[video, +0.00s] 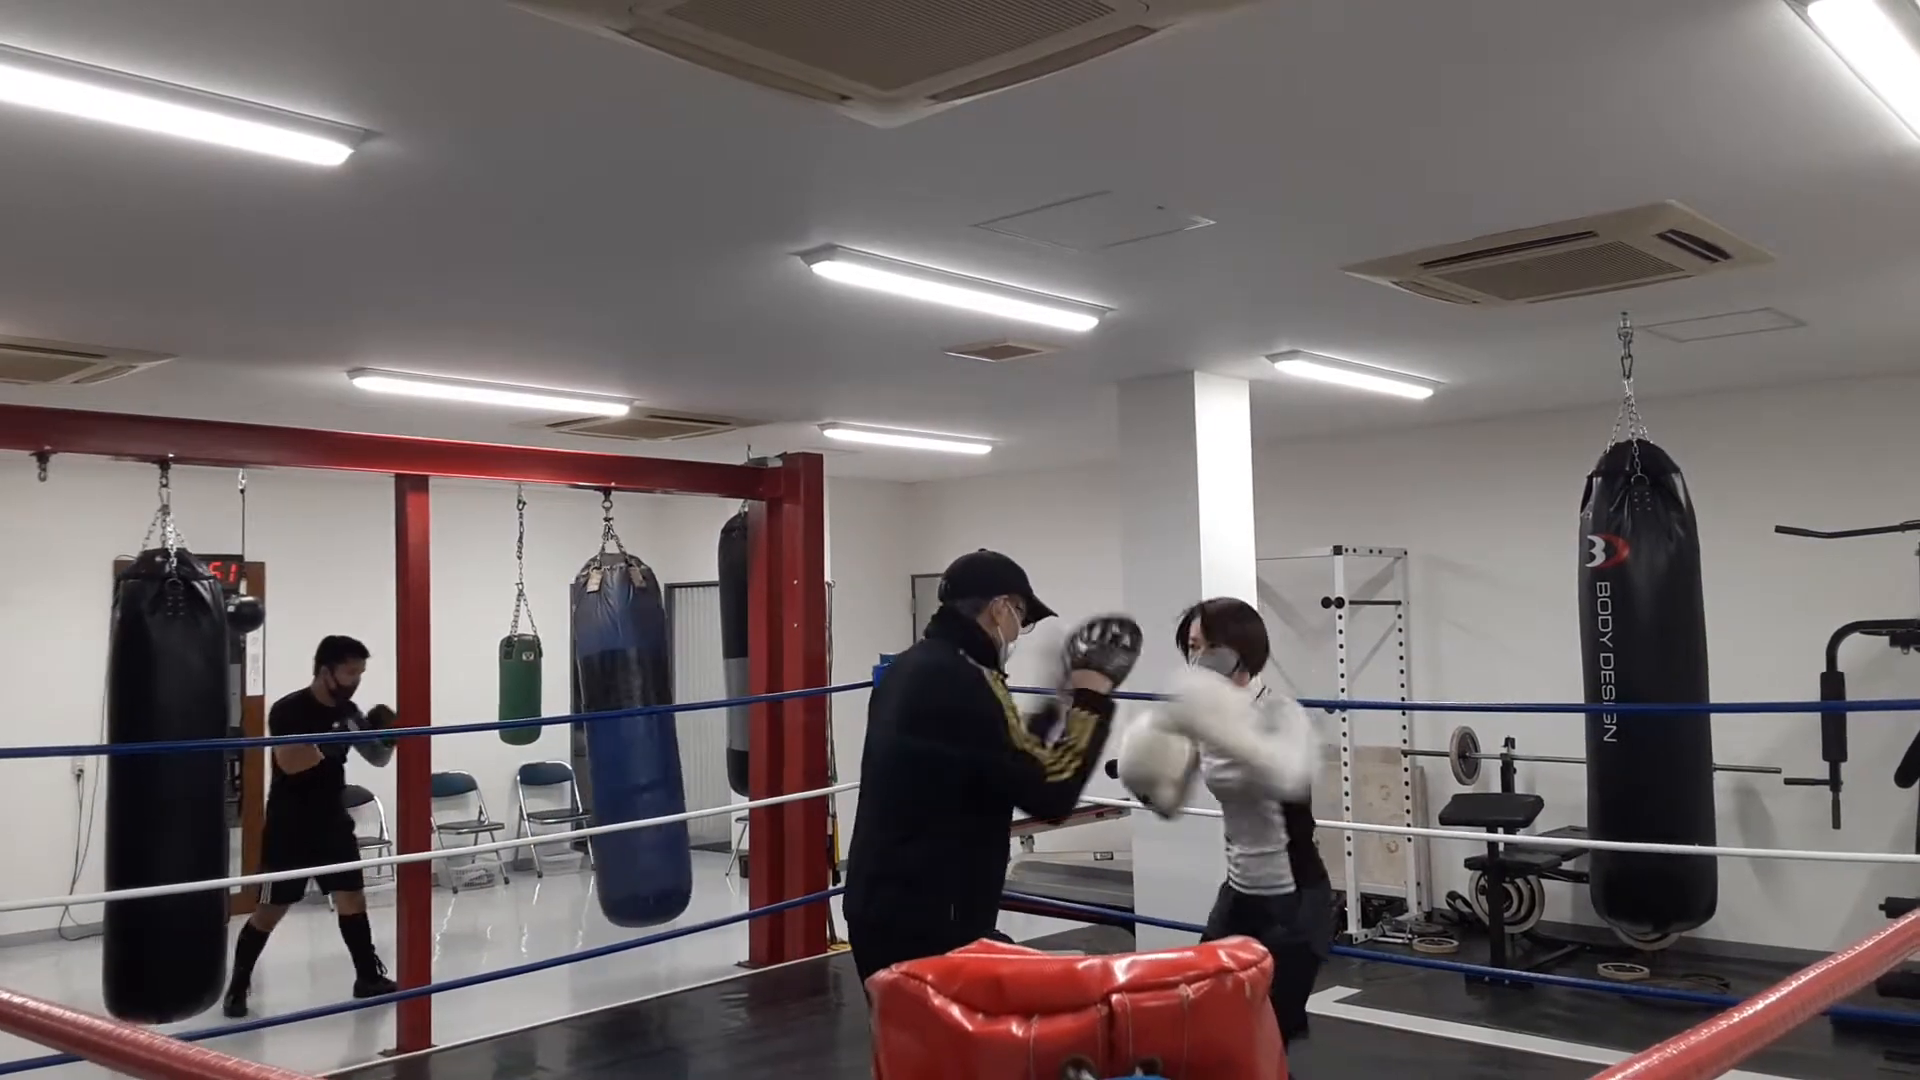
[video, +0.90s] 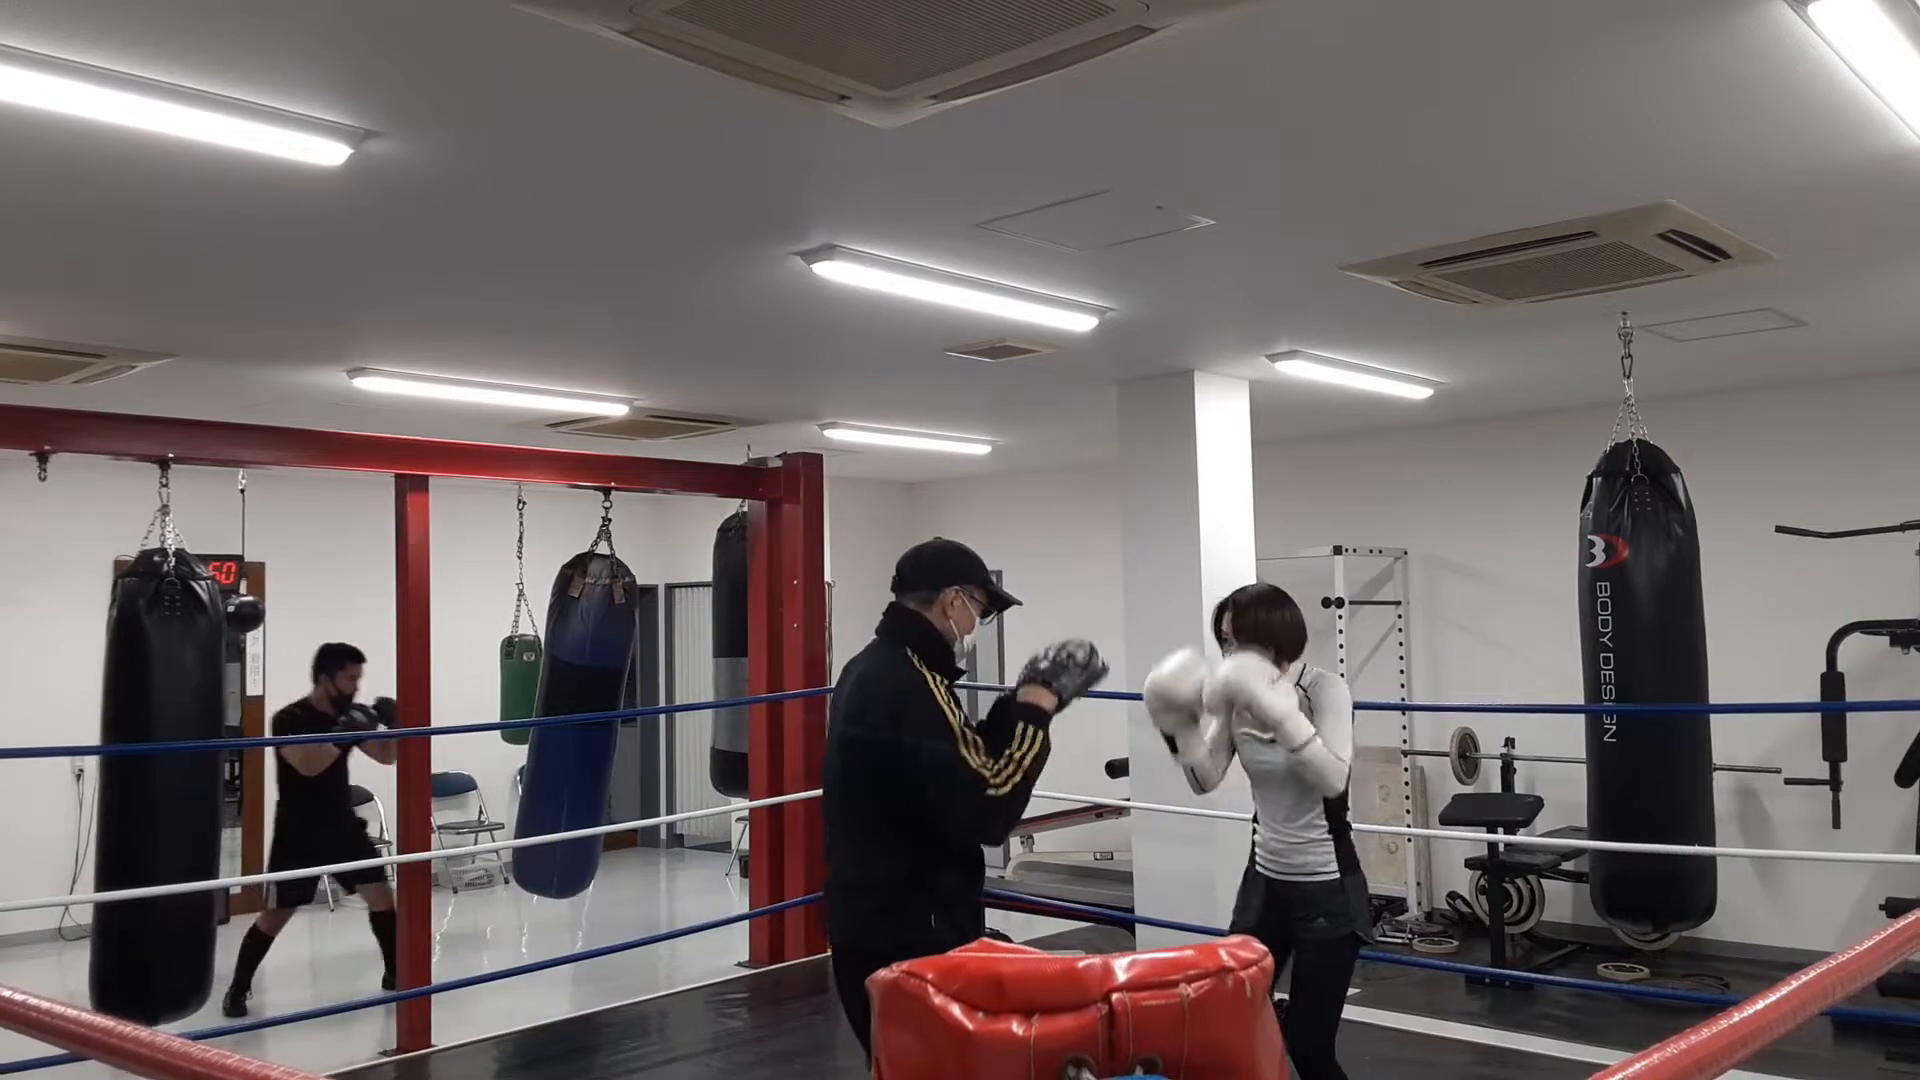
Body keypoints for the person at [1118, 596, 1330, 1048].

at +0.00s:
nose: (1192, 660)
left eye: (1202, 647)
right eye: (1189, 649)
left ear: (1238, 654)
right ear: (1187, 652)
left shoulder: (1281, 713)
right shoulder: (1202, 718)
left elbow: (1292, 779)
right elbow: (1170, 802)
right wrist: (1146, 767)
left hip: (1293, 901)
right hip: (1239, 892)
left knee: (1270, 1031)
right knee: (1201, 1002)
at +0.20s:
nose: (1203, 630)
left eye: (1214, 620)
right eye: (1202, 620)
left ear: (1251, 627)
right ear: (1201, 626)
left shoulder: (1302, 686)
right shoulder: (1196, 693)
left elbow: (1348, 766)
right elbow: (1127, 759)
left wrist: (1284, 719)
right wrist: (1139, 720)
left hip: (1304, 876)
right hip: (1232, 874)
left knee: (1297, 1024)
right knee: (1218, 1010)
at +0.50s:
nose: (1233, 657)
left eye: (1245, 646)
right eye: (1229, 645)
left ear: (1279, 655)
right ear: (1225, 645)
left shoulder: (1320, 697)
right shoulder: (1214, 707)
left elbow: (1367, 785)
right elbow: (1160, 768)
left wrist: (1333, 735)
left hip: (1314, 884)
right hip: (1241, 884)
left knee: (1310, 1033)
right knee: (1230, 1025)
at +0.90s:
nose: (1230, 653)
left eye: (1239, 639)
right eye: (1226, 641)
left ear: (1274, 637)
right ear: (1222, 644)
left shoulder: (1324, 687)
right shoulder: (1235, 696)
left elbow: (1333, 779)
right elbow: (1204, 779)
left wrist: (1279, 709)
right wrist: (1175, 725)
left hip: (1326, 888)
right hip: (1264, 881)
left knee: (1308, 1042)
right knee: (1234, 1012)